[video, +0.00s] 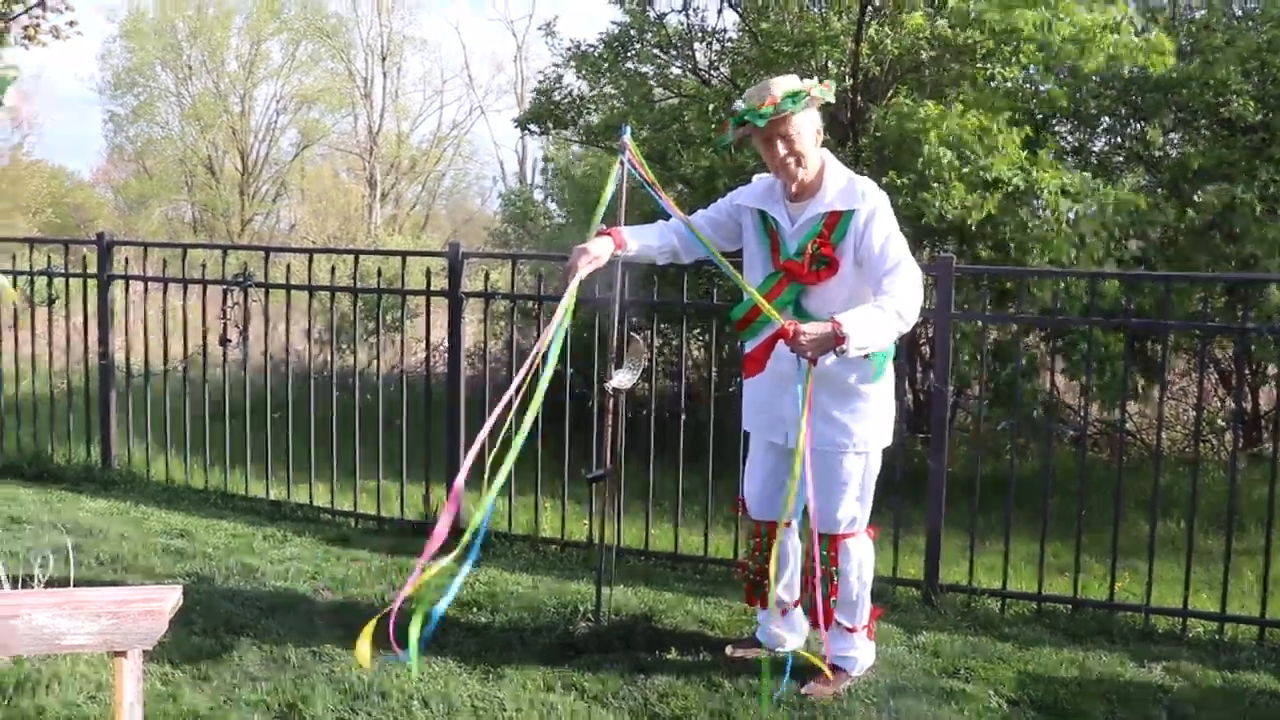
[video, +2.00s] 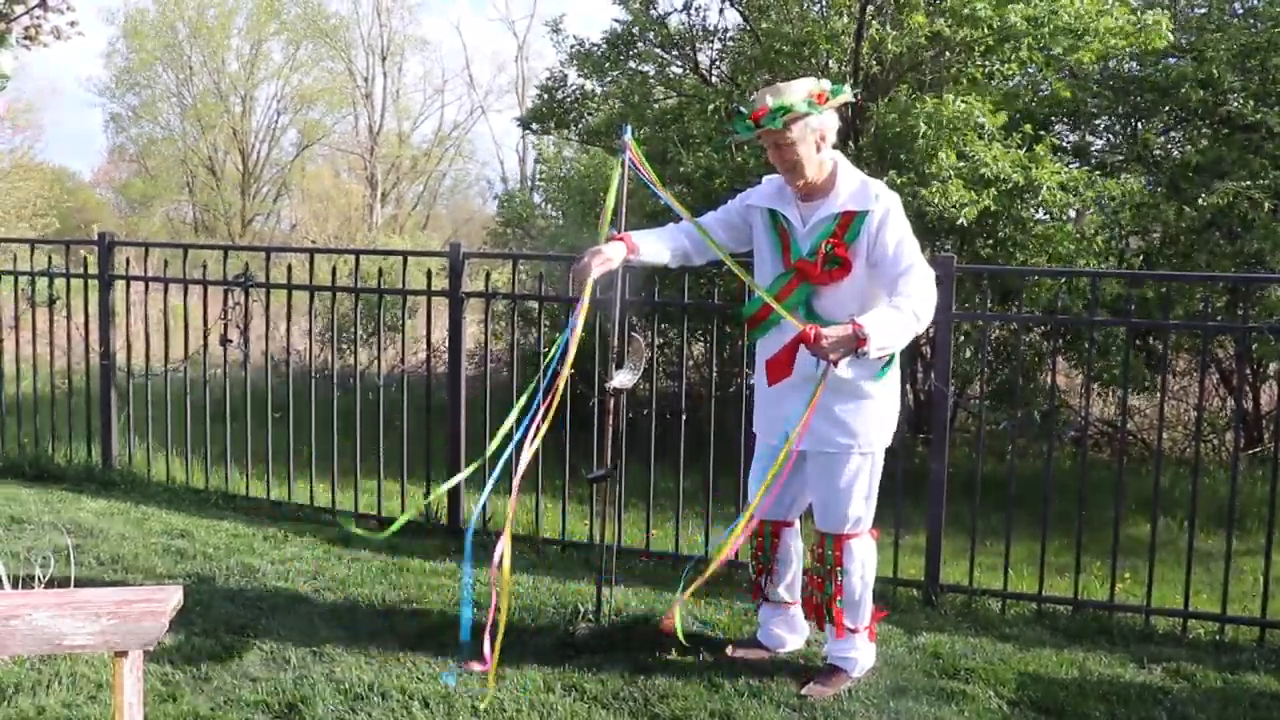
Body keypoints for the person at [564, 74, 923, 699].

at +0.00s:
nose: (784, 153)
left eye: (794, 139)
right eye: (770, 143)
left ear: (819, 131)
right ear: (756, 147)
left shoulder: (864, 203)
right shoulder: (751, 202)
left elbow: (904, 294)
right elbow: (683, 235)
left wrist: (842, 330)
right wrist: (613, 241)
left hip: (849, 392)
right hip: (773, 385)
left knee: (840, 524)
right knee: (768, 512)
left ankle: (847, 657)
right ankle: (779, 636)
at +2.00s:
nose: (774, 157)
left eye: (784, 144)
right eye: (767, 145)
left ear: (824, 135)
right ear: (766, 146)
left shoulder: (875, 206)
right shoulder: (761, 203)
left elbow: (918, 293)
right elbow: (692, 236)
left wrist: (862, 331)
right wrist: (622, 247)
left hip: (854, 392)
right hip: (779, 384)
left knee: (844, 524)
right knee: (772, 510)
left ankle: (849, 656)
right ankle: (779, 634)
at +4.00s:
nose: (743, 164)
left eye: (751, 150)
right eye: (739, 152)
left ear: (791, 144)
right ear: (740, 150)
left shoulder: (854, 206)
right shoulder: (736, 204)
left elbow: (902, 293)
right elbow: (652, 227)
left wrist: (857, 341)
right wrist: (567, 228)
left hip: (844, 385)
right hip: (768, 380)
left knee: (843, 519)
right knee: (766, 510)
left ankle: (851, 656)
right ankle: (778, 634)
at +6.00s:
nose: (867, 165)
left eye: (871, 148)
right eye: (864, 151)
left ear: (913, 140)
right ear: (917, 143)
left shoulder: (964, 205)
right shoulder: (940, 211)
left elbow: (962, 316)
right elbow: (950, 327)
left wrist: (856, 328)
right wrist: (878, 353)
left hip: (982, 414)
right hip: (980, 414)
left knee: (914, 547)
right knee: (962, 551)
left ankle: (942, 701)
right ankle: (994, 696)